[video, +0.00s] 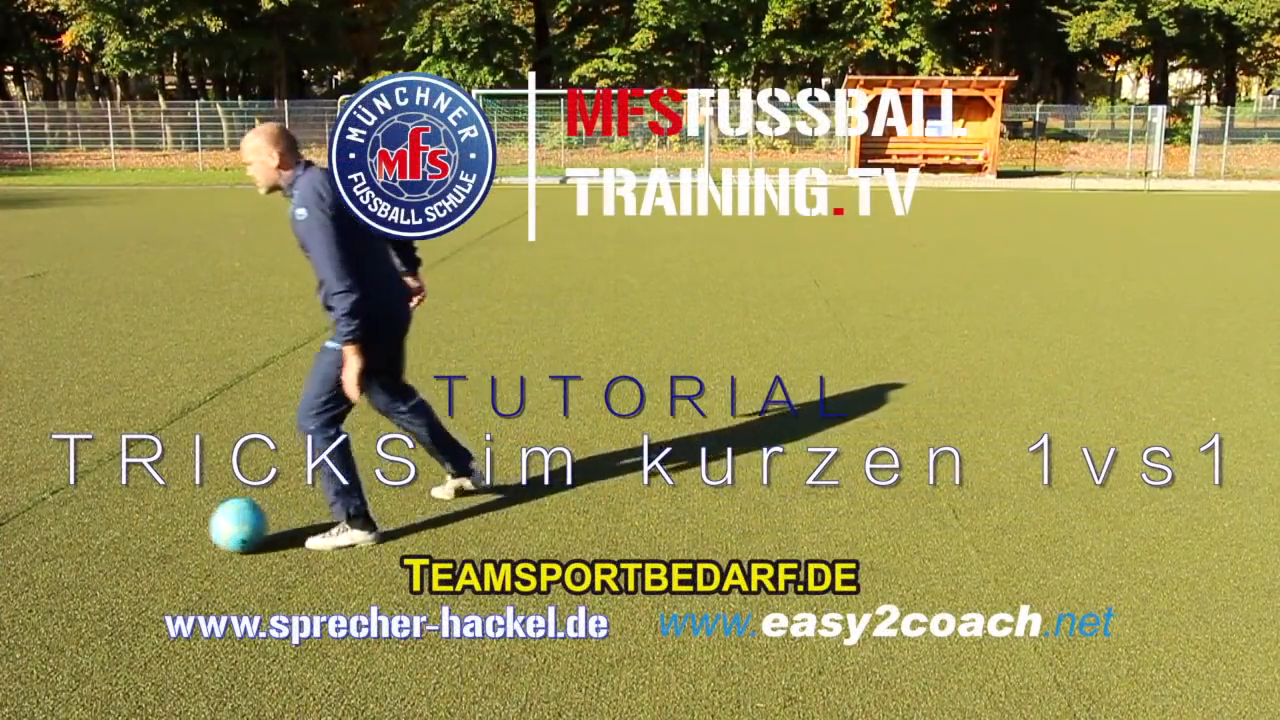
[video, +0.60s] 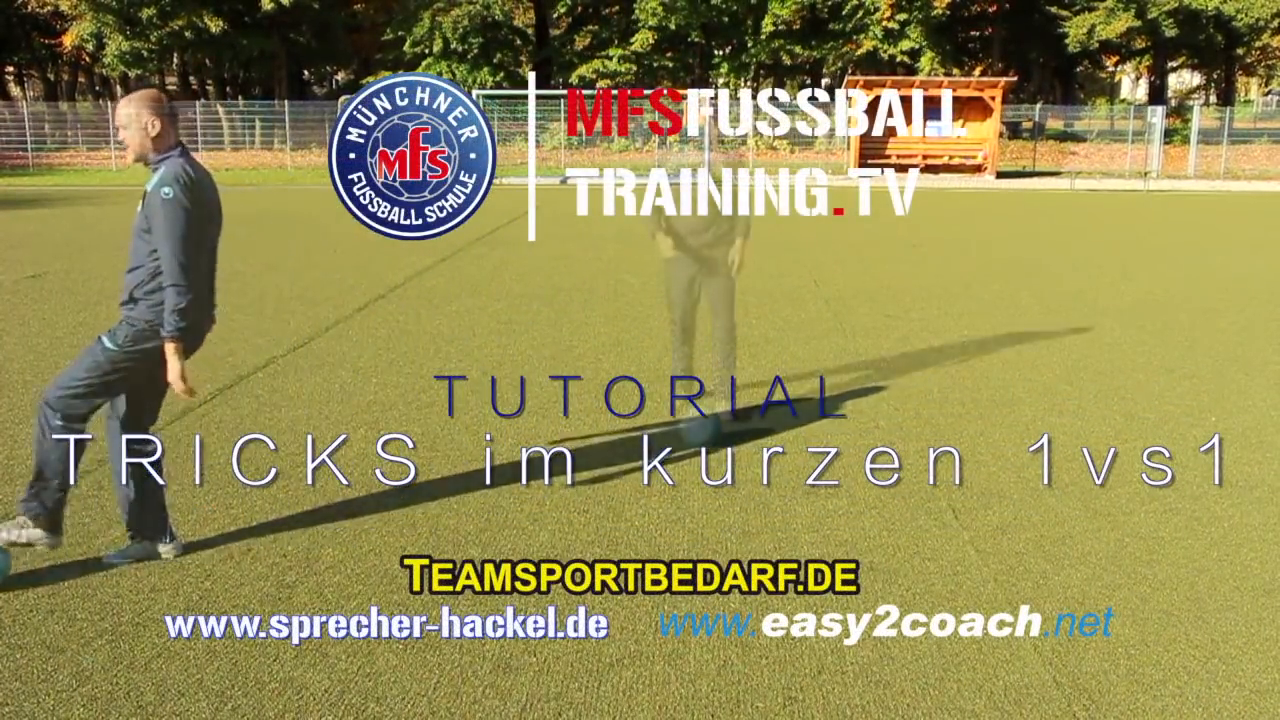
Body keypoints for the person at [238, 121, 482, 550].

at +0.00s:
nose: (250, 175)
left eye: (251, 165)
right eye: (248, 166)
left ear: (274, 159)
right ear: (284, 155)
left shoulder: (305, 199)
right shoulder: (334, 175)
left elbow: (338, 281)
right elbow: (388, 212)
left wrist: (350, 348)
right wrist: (410, 269)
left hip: (361, 319)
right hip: (392, 307)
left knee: (316, 416)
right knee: (386, 390)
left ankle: (354, 522)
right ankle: (464, 471)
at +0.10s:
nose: (218, 160)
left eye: (221, 149)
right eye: (216, 150)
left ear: (246, 146)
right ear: (260, 142)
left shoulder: (272, 196)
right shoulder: (315, 174)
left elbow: (293, 280)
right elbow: (365, 214)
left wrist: (295, 348)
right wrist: (390, 269)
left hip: (325, 315)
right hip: (356, 304)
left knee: (299, 423)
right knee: (328, 396)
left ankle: (350, 522)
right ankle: (409, 461)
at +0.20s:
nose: (194, 128)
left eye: (196, 118)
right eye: (192, 119)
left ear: (221, 116)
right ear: (233, 113)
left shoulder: (243, 166)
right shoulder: (287, 152)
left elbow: (257, 253)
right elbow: (345, 203)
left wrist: (247, 317)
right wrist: (366, 256)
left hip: (285, 296)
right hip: (312, 287)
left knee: (288, 399)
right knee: (258, 378)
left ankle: (343, 509)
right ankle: (312, 480)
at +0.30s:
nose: (173, 111)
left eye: (177, 101)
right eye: (171, 102)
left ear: (203, 101)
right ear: (212, 100)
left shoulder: (218, 153)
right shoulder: (255, 143)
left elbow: (230, 237)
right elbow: (315, 198)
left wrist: (216, 299)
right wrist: (332, 255)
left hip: (248, 287)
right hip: (269, 282)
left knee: (215, 396)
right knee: (213, 391)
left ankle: (297, 485)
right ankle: (204, 502)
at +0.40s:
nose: (152, 128)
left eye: (155, 118)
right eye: (151, 118)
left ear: (182, 116)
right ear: (190, 116)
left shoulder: (201, 168)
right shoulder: (223, 161)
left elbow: (213, 255)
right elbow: (279, 224)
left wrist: (195, 326)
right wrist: (288, 284)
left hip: (203, 310)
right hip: (227, 307)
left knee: (130, 400)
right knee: (176, 411)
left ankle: (218, 473)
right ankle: (155, 526)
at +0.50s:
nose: (133, 146)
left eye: (137, 136)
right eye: (131, 137)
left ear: (166, 131)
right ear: (172, 132)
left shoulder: (183, 187)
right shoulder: (207, 179)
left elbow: (190, 280)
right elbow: (229, 255)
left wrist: (186, 358)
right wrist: (235, 317)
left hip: (163, 328)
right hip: (193, 327)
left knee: (72, 397)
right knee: (133, 422)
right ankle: (155, 534)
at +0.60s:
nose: (120, 139)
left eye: (124, 129)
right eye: (119, 130)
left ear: (154, 126)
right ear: (159, 127)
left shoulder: (169, 182)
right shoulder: (193, 176)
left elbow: (178, 270)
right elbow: (200, 263)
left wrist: (173, 345)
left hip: (148, 325)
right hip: (172, 324)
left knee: (59, 405)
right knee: (129, 420)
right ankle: (152, 535)